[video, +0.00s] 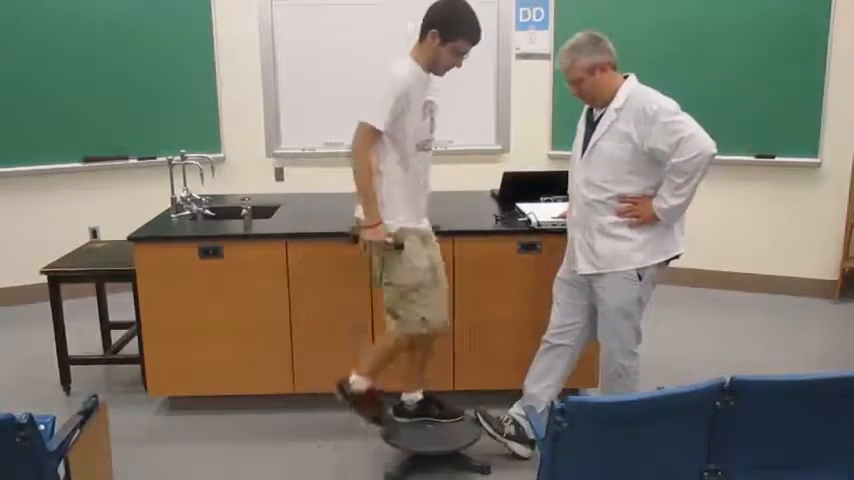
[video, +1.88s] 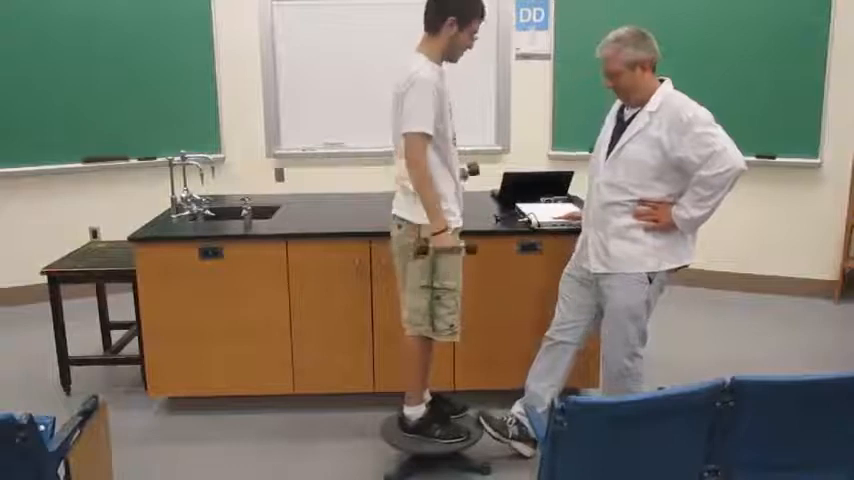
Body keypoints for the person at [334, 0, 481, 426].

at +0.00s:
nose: (461, 62)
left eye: (465, 54)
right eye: (459, 52)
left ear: (437, 42)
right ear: (434, 38)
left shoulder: (420, 82)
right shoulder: (401, 79)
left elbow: (404, 159)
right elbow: (361, 147)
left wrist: (420, 219)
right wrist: (372, 220)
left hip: (417, 225)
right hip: (395, 227)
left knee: (429, 319)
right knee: (415, 320)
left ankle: (412, 399)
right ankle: (358, 383)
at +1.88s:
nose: (472, 46)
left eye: (475, 37)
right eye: (472, 35)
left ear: (446, 26)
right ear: (450, 26)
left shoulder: (427, 75)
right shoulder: (422, 78)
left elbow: (419, 153)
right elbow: (415, 156)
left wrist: (451, 175)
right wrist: (439, 221)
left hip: (428, 220)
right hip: (422, 222)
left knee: (427, 318)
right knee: (422, 320)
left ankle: (422, 400)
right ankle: (414, 411)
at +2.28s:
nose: (476, 32)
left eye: (477, 23)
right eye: (474, 22)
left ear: (447, 21)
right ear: (458, 20)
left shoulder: (440, 68)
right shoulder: (428, 66)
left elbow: (435, 122)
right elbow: (426, 113)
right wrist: (434, 152)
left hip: (441, 214)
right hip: (425, 214)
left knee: (435, 313)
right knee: (424, 315)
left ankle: (424, 398)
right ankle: (414, 411)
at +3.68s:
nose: (473, 35)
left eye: (474, 26)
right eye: (470, 26)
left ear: (444, 25)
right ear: (443, 24)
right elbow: (408, 106)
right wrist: (402, 134)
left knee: (432, 314)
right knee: (420, 316)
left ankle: (422, 399)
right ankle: (412, 411)